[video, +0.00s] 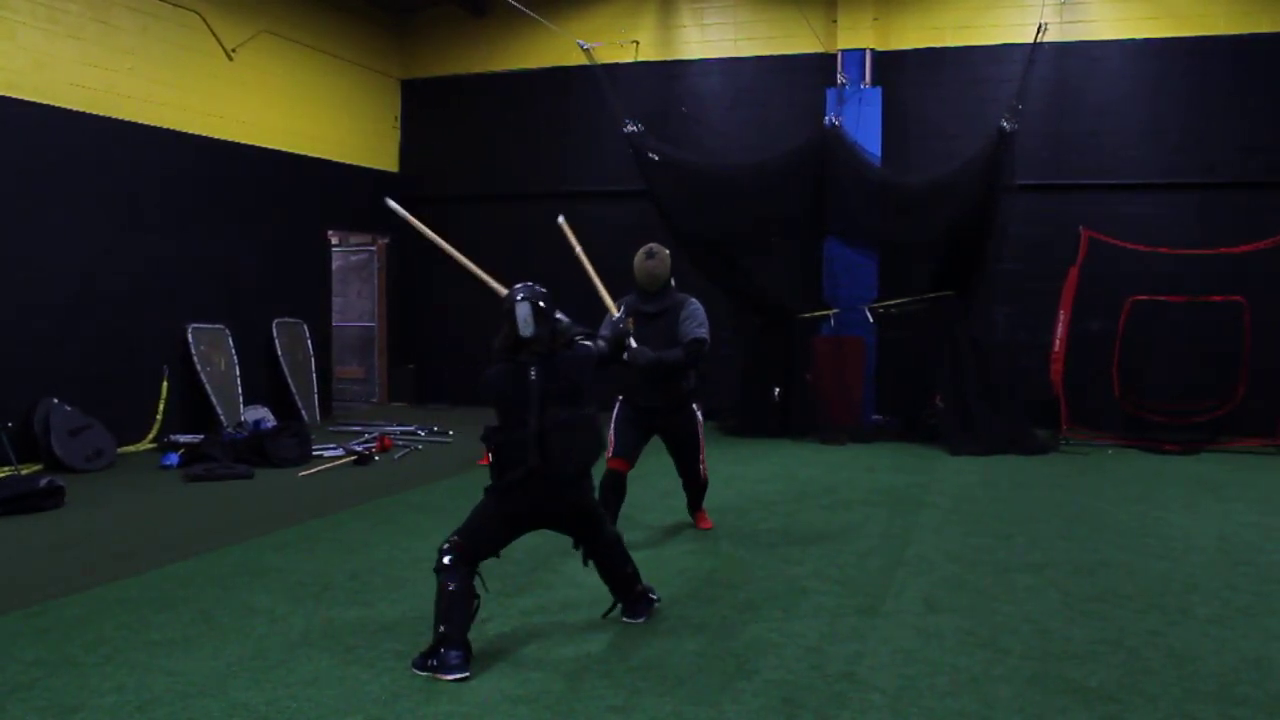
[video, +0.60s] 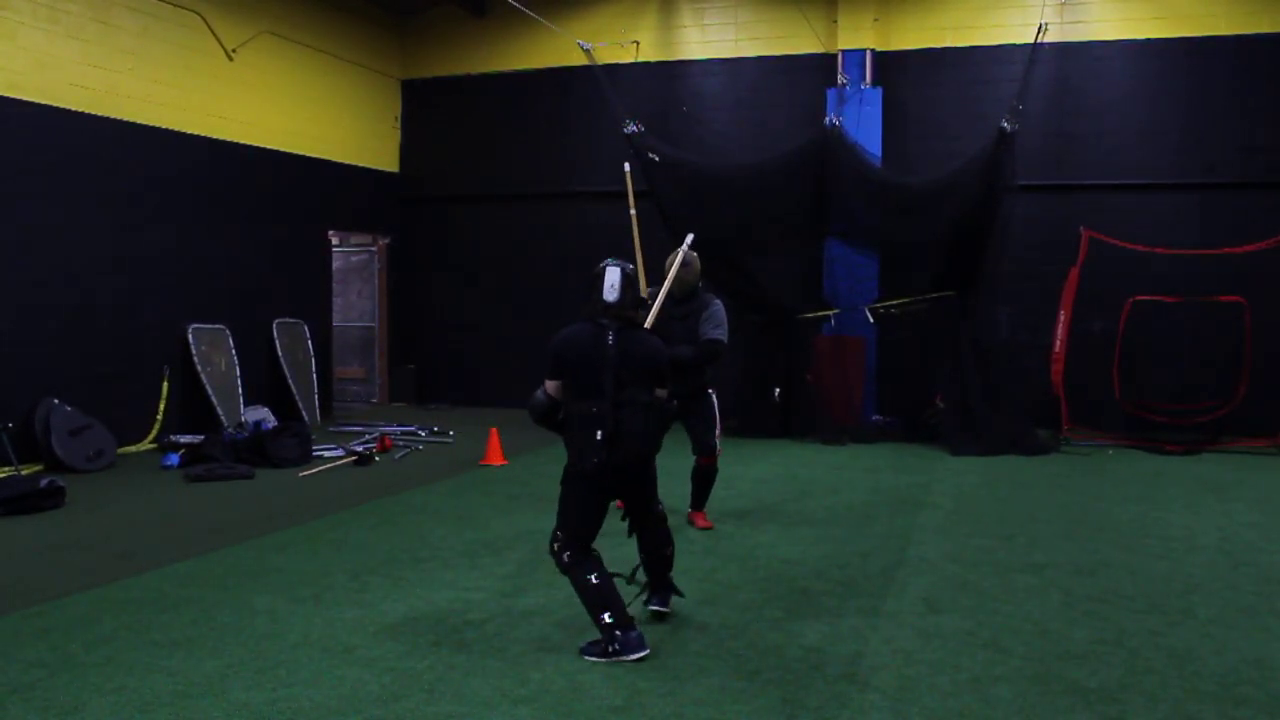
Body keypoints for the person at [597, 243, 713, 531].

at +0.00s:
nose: (649, 277)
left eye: (654, 272)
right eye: (645, 272)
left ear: (665, 275)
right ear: (636, 276)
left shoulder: (687, 307)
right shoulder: (623, 309)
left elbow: (696, 350)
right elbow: (601, 353)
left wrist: (651, 358)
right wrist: (616, 339)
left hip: (678, 401)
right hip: (634, 402)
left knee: (695, 472)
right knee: (616, 469)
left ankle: (697, 510)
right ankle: (603, 531)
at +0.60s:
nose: (677, 281)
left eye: (684, 275)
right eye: (674, 274)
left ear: (695, 277)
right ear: (667, 274)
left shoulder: (709, 306)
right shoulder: (651, 301)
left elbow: (714, 348)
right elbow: (634, 338)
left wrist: (670, 358)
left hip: (695, 389)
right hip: (656, 389)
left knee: (708, 450)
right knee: (640, 447)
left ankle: (697, 509)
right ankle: (632, 498)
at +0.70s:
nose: (674, 288)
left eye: (679, 283)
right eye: (669, 282)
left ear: (689, 284)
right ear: (661, 283)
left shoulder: (703, 313)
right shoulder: (647, 307)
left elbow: (697, 357)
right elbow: (631, 347)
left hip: (692, 394)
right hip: (652, 392)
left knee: (704, 449)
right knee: (640, 445)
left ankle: (696, 509)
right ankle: (633, 494)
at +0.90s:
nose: (659, 276)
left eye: (665, 270)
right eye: (655, 270)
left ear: (678, 276)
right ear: (648, 275)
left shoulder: (694, 307)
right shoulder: (642, 302)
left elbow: (683, 354)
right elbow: (629, 339)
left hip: (685, 386)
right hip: (646, 386)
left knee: (694, 445)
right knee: (649, 447)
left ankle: (696, 508)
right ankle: (653, 507)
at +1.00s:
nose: (659, 277)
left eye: (664, 272)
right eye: (655, 272)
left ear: (674, 274)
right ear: (650, 273)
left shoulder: (691, 302)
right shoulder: (633, 295)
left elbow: (690, 341)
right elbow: (616, 329)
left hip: (682, 382)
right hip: (643, 380)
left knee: (689, 441)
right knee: (643, 439)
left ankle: (691, 504)